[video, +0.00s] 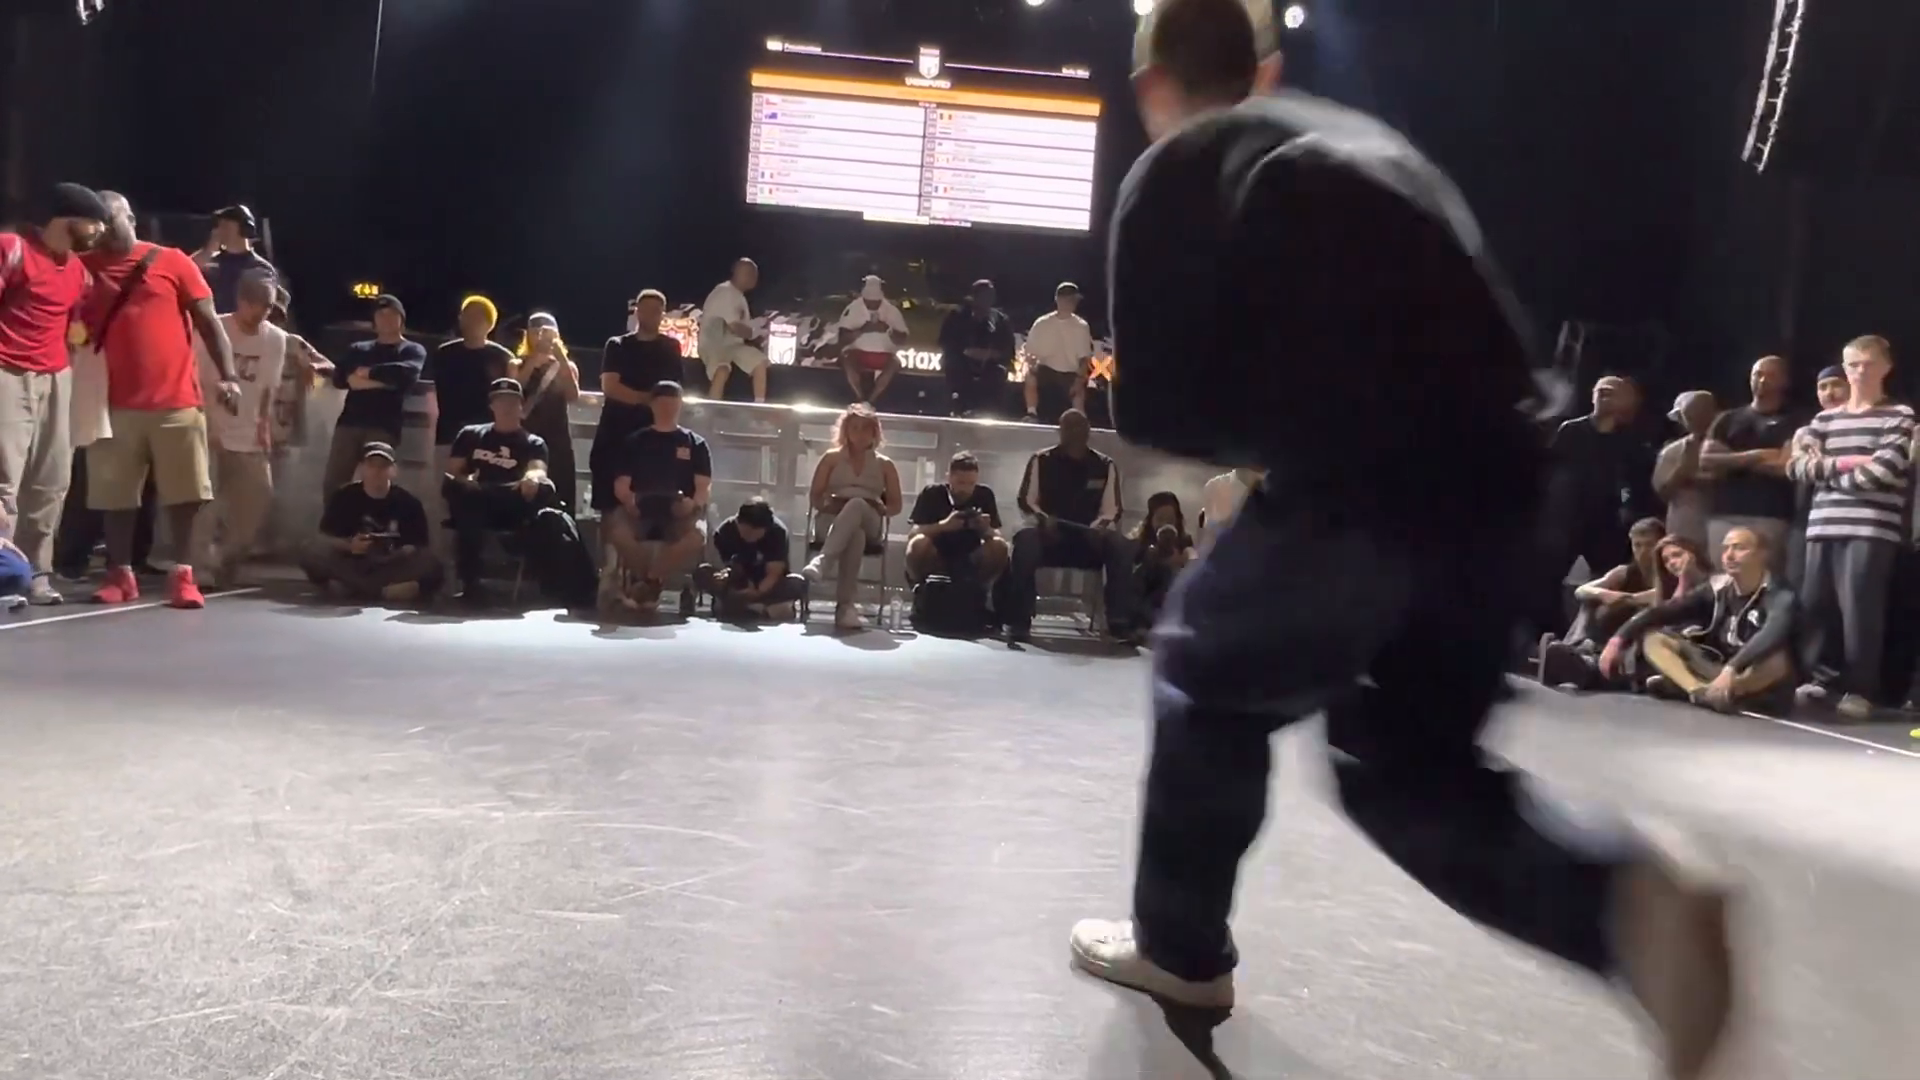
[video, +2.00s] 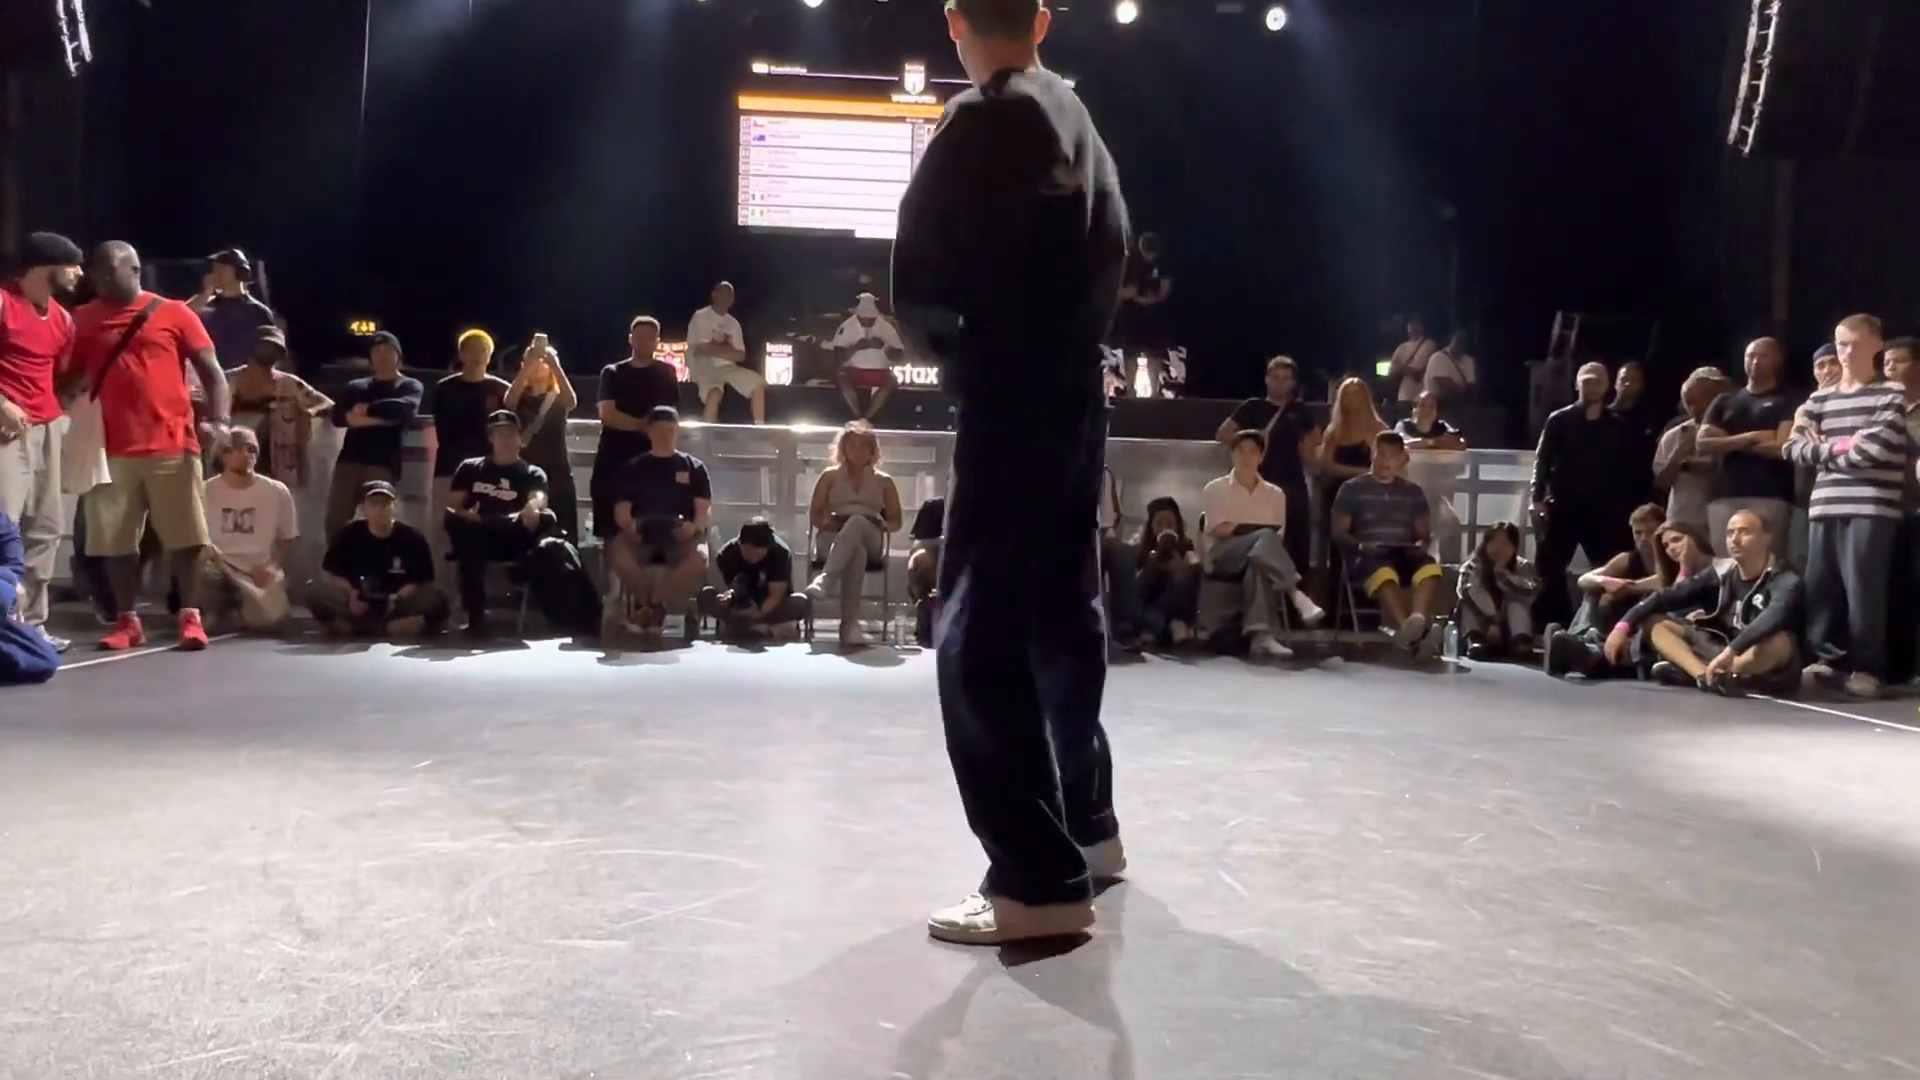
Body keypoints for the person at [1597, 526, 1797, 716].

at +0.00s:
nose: (1729, 555)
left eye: (1739, 548)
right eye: (1726, 548)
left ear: (1761, 554)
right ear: (1721, 554)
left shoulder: (1780, 595)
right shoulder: (1718, 588)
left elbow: (1775, 634)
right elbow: (1667, 612)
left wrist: (1731, 667)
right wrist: (1619, 640)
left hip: (1756, 674)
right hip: (1715, 666)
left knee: (1779, 661)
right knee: (1653, 640)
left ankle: (1697, 693)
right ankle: (1698, 691)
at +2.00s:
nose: (1734, 539)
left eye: (1743, 533)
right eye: (1730, 534)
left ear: (1766, 537)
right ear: (1725, 539)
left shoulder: (1786, 581)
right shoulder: (1723, 571)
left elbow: (1774, 618)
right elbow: (1671, 596)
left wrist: (1732, 650)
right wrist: (1623, 626)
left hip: (1767, 665)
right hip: (1723, 651)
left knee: (1781, 642)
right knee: (1658, 627)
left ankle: (1706, 677)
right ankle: (1705, 676)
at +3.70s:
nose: (1761, 542)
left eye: (1771, 535)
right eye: (1758, 535)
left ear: (1794, 539)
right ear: (1753, 539)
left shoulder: (1814, 582)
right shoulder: (1748, 574)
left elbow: (1803, 618)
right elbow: (1692, 597)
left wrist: (1758, 650)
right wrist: (1647, 626)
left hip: (1793, 667)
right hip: (1749, 653)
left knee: (1808, 644)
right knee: (1682, 628)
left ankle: (1726, 678)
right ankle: (1729, 677)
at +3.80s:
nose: (1763, 540)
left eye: (1773, 534)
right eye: (1760, 534)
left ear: (1796, 539)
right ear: (1754, 538)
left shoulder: (1814, 582)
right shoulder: (1749, 573)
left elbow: (1806, 617)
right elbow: (1694, 596)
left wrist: (1758, 651)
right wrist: (1649, 625)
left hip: (1794, 668)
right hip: (1750, 652)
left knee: (1809, 643)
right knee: (1682, 626)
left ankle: (1728, 678)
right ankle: (1732, 677)